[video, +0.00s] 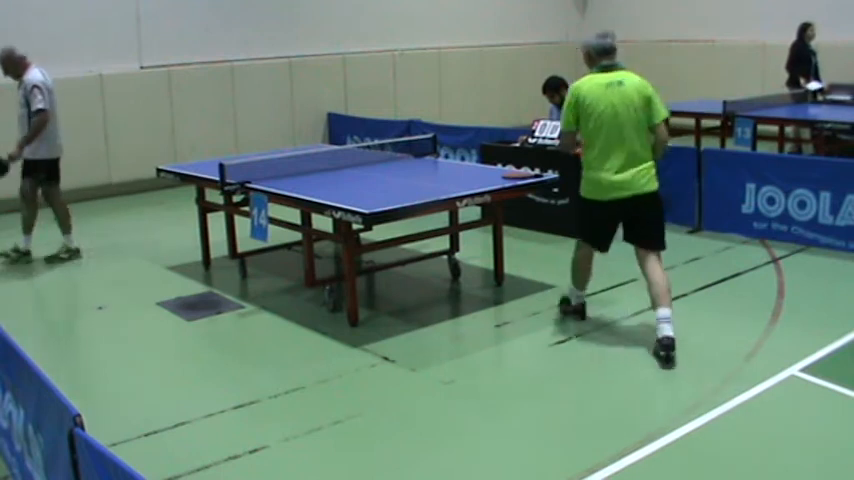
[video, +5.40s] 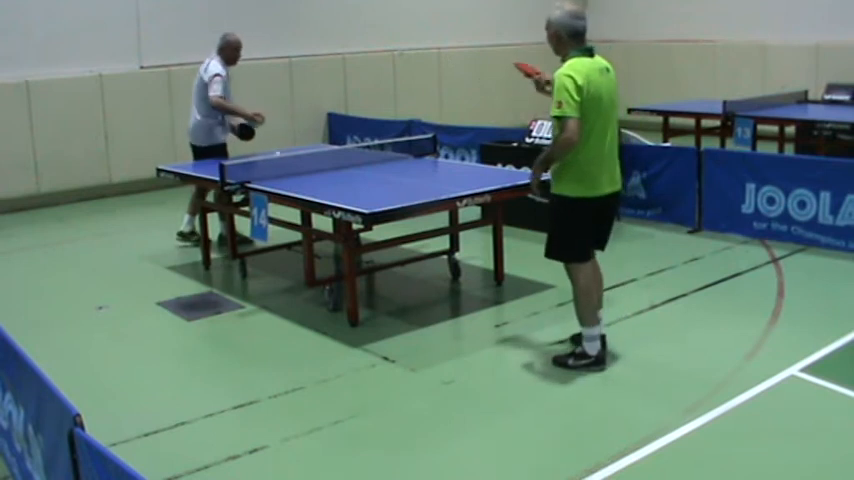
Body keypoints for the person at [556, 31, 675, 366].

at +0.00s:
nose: (584, 62)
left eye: (583, 58)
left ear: (587, 58)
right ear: (615, 54)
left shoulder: (579, 90)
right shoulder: (639, 85)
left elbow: (566, 143)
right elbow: (662, 137)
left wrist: (585, 143)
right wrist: (647, 162)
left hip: (598, 189)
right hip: (642, 186)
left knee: (586, 245)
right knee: (650, 256)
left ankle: (576, 302)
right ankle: (666, 334)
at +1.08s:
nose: (563, 50)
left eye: (564, 45)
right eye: (565, 45)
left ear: (570, 45)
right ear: (596, 42)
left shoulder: (566, 79)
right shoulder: (623, 73)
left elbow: (553, 134)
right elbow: (637, 122)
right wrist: (609, 122)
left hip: (583, 177)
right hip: (623, 175)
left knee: (577, 243)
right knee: (621, 248)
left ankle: (575, 301)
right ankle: (628, 322)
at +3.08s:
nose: (576, 38)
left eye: (577, 33)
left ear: (580, 36)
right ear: (611, 35)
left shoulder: (578, 74)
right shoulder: (632, 72)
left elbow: (568, 135)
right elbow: (642, 130)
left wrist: (562, 149)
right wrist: (607, 134)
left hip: (586, 188)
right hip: (625, 186)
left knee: (586, 264)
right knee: (614, 254)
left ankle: (589, 349)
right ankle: (623, 339)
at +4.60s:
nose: (581, 40)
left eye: (582, 35)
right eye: (586, 34)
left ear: (585, 35)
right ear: (615, 33)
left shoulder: (583, 73)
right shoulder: (636, 71)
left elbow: (572, 138)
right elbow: (626, 122)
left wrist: (557, 137)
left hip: (586, 184)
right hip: (626, 183)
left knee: (583, 260)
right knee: (616, 252)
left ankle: (591, 347)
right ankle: (624, 339)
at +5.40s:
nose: (547, 41)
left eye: (548, 36)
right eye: (547, 36)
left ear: (556, 37)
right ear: (582, 35)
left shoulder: (568, 75)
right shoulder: (604, 67)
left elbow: (570, 136)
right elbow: (594, 104)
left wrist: (539, 167)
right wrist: (552, 89)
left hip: (578, 189)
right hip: (605, 184)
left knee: (575, 260)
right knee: (585, 256)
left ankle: (591, 347)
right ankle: (593, 331)